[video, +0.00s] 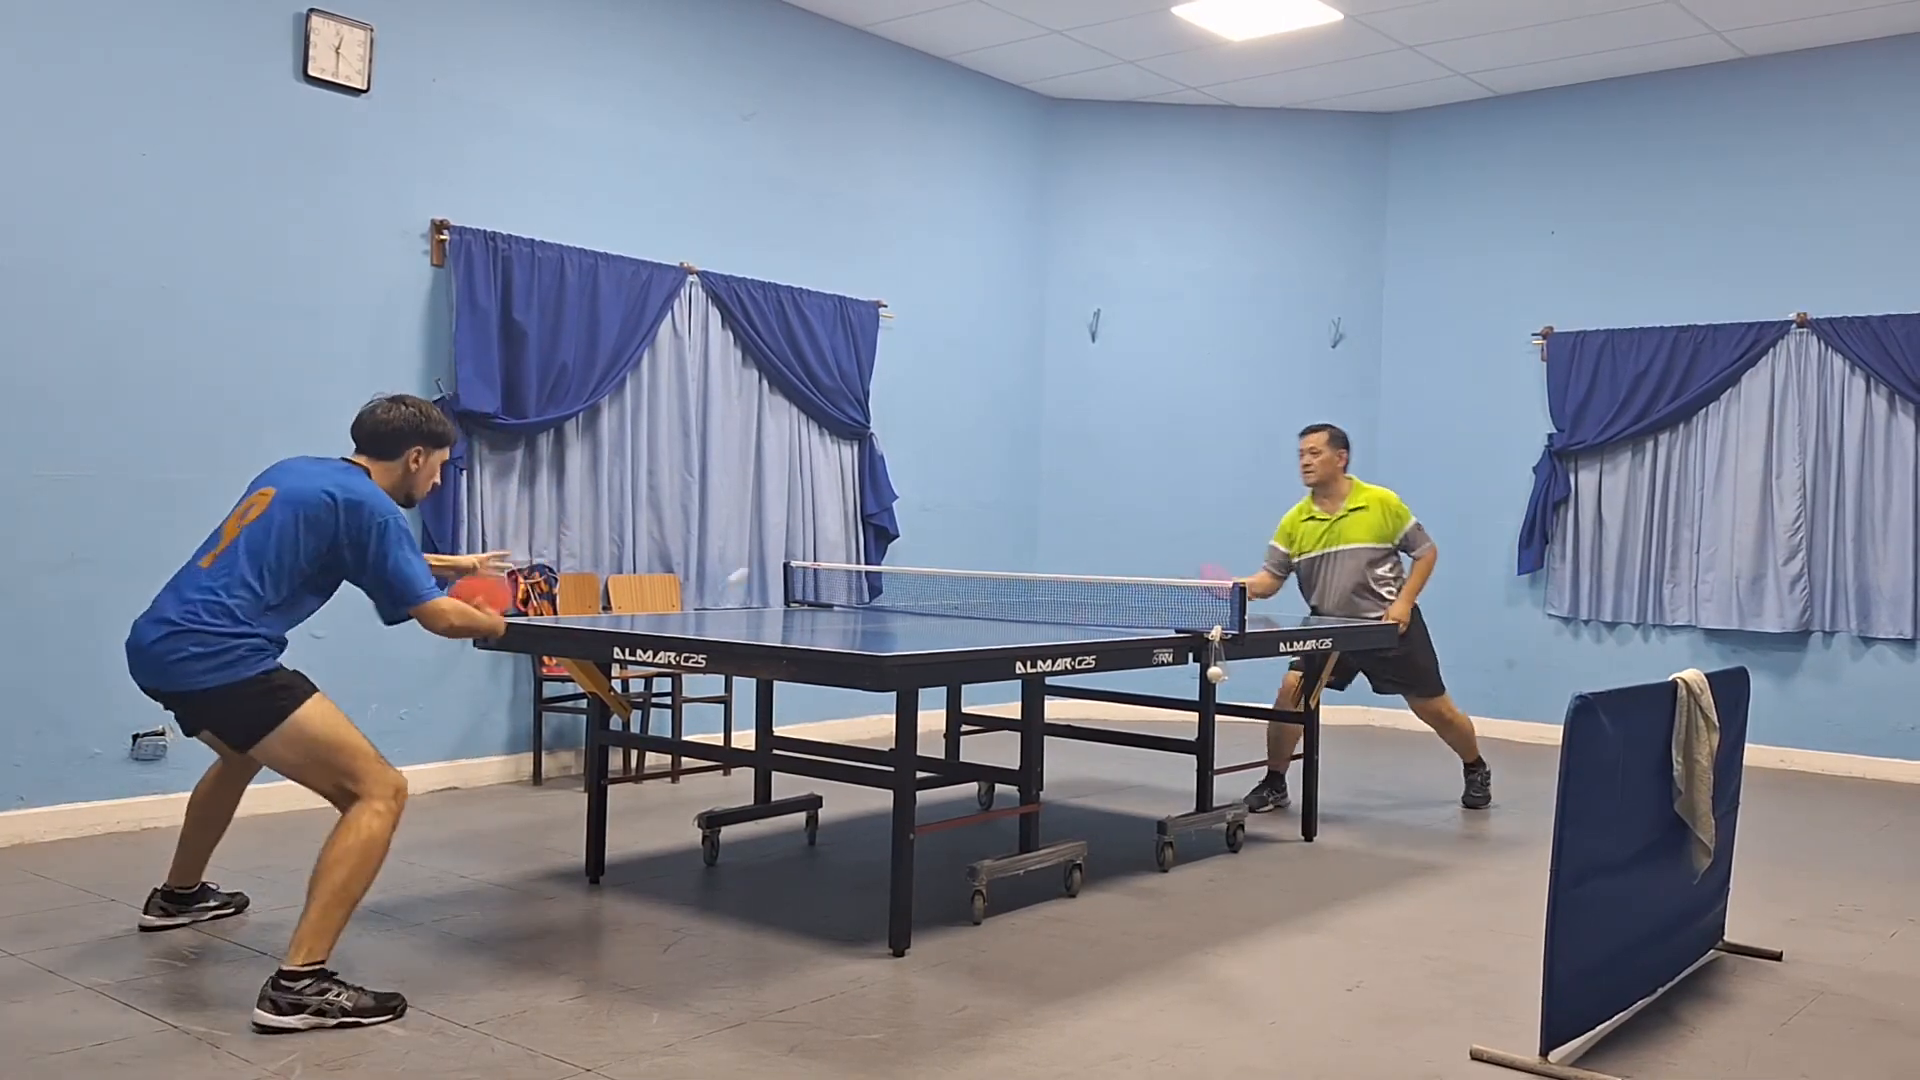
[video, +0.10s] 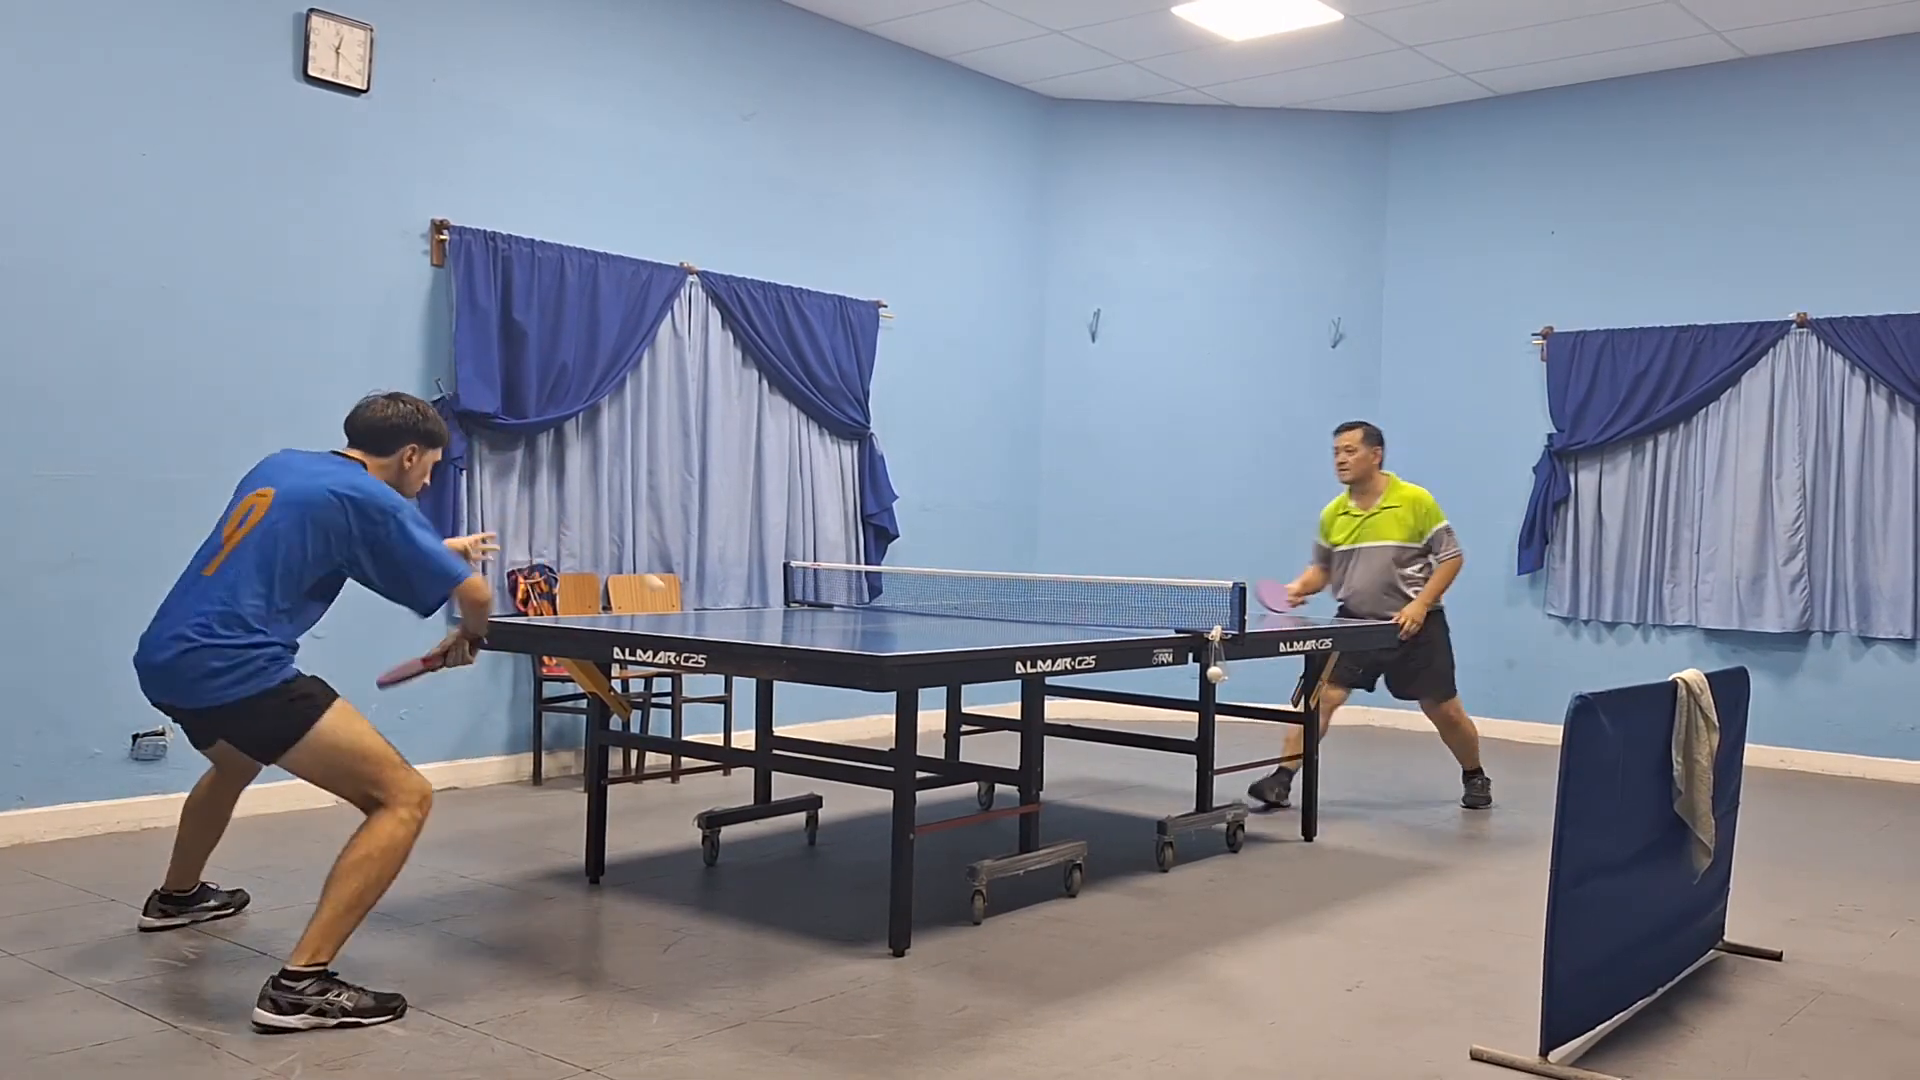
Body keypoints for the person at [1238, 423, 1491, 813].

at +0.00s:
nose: (1304, 462)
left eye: (1313, 453)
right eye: (1301, 455)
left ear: (1340, 457)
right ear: (1300, 461)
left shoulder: (1381, 503)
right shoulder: (1295, 521)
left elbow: (1426, 552)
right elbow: (1271, 577)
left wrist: (1404, 602)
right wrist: (1246, 586)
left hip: (1389, 625)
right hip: (1328, 631)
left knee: (1434, 710)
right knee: (1290, 690)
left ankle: (1476, 769)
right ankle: (1274, 782)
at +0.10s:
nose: (1340, 459)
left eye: (1349, 451)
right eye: (1336, 453)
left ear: (1375, 454)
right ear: (1335, 458)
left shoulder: (1415, 501)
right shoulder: (1332, 515)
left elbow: (1451, 558)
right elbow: (1322, 567)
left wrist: (1421, 604)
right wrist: (1302, 585)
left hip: (1415, 625)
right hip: (1354, 627)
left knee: (1444, 710)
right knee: (1320, 697)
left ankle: (1474, 776)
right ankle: (1282, 777)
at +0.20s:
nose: (1368, 455)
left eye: (1377, 447)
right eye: (1365, 449)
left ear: (1404, 449)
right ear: (1363, 454)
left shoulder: (1440, 496)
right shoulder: (1366, 506)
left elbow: (1474, 553)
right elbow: (1360, 560)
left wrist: (1440, 601)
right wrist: (1338, 580)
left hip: (1434, 619)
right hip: (1378, 620)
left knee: (1454, 707)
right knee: (1343, 686)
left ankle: (1475, 777)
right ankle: (1304, 768)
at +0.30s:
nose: (1386, 449)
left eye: (1394, 441)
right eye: (1382, 443)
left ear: (1421, 444)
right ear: (1379, 449)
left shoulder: (1453, 490)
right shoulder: (1385, 498)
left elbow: (1490, 547)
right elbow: (1378, 552)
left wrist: (1463, 599)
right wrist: (1357, 574)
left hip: (1449, 609)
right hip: (1397, 606)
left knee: (1457, 697)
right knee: (1353, 674)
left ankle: (1476, 777)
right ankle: (1340, 765)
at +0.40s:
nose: (1397, 447)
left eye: (1405, 439)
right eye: (1392, 441)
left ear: (1430, 441)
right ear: (1390, 446)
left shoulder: (1463, 487)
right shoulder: (1394, 494)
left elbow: (1499, 543)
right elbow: (1388, 547)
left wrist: (1483, 596)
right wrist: (1373, 570)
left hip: (1458, 607)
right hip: (1407, 605)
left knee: (1462, 688)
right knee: (1369, 674)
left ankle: (1477, 777)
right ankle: (1379, 754)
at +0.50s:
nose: (1403, 451)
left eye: (1411, 443)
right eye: (1398, 444)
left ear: (1435, 444)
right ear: (1395, 448)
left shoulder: (1471, 488)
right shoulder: (1395, 495)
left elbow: (1508, 542)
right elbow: (1387, 546)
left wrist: (1500, 596)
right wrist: (1385, 571)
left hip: (1466, 605)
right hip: (1414, 606)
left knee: (1465, 679)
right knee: (1398, 678)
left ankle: (1477, 774)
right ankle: (1412, 748)